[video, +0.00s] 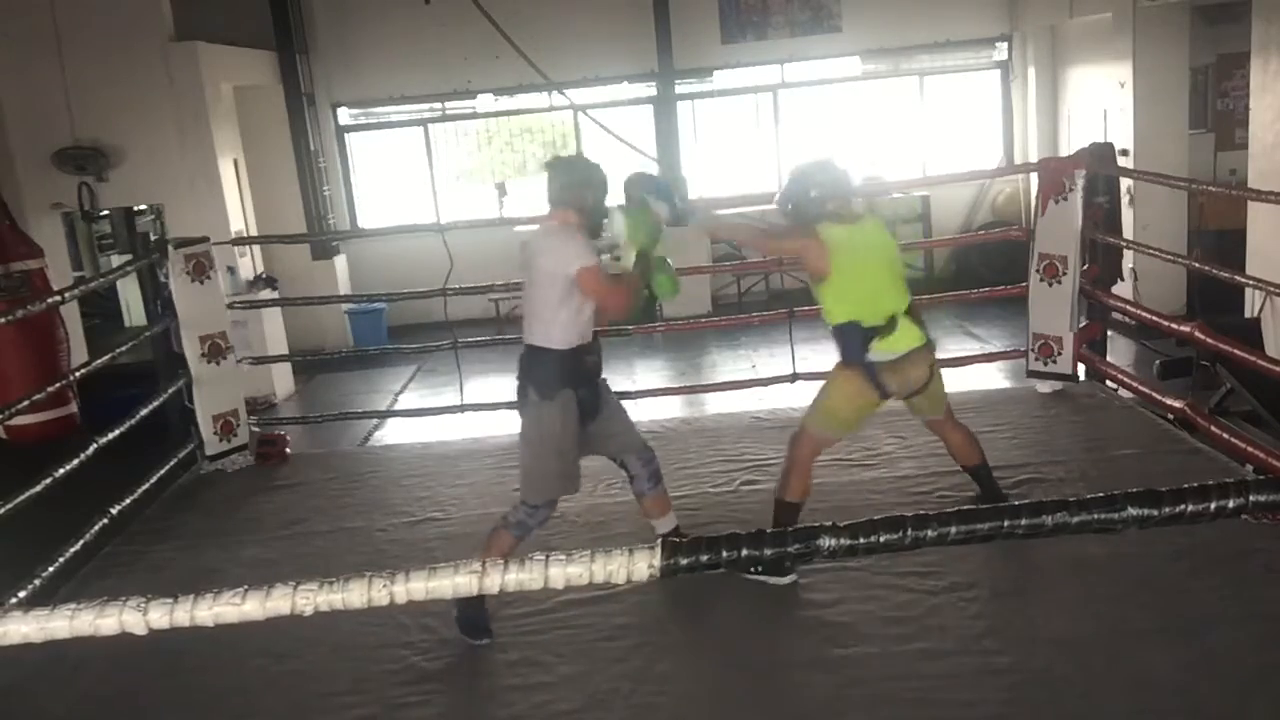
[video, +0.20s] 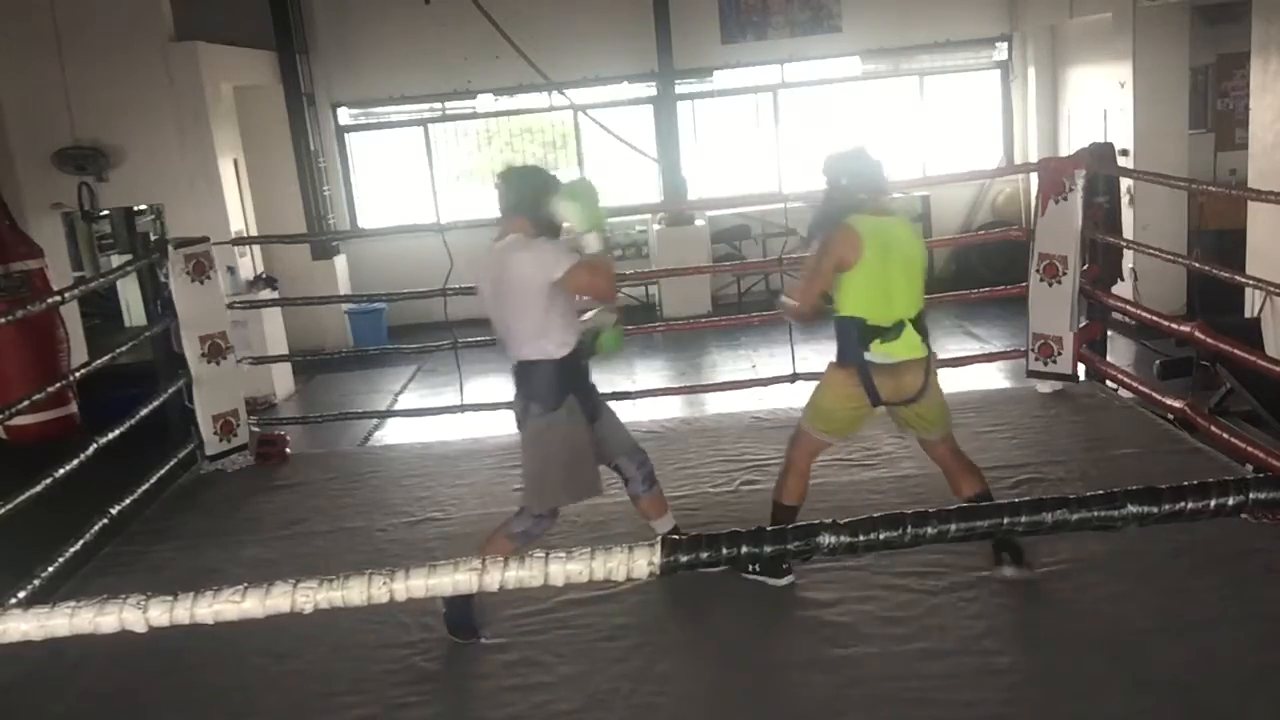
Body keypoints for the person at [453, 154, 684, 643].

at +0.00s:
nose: (601, 206)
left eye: (599, 196)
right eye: (598, 197)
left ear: (558, 195)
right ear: (583, 196)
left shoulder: (548, 239)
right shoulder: (566, 241)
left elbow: (587, 296)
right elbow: (615, 301)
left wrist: (630, 276)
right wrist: (640, 272)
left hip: (581, 379)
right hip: (550, 384)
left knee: (639, 458)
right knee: (539, 500)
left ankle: (675, 549)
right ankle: (476, 592)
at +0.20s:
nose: (559, 210)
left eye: (557, 201)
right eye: (555, 202)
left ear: (508, 206)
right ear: (541, 205)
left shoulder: (497, 258)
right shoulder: (535, 254)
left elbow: (525, 327)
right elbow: (605, 287)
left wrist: (585, 335)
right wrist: (592, 229)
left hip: (562, 386)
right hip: (550, 394)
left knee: (633, 462)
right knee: (541, 512)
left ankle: (675, 548)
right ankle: (464, 587)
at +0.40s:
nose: (542, 227)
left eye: (541, 218)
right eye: (535, 219)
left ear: (497, 218)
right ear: (512, 219)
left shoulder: (501, 268)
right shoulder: (487, 273)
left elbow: (536, 323)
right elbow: (554, 321)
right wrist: (563, 266)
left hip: (536, 389)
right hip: (507, 398)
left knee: (609, 471)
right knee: (508, 520)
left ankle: (664, 547)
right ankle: (454, 597)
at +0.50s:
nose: (535, 222)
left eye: (535, 212)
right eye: (529, 212)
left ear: (504, 212)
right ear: (502, 211)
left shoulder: (511, 260)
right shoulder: (472, 272)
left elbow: (519, 325)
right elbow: (517, 341)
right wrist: (548, 287)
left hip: (535, 386)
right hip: (499, 398)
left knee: (603, 466)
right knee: (499, 516)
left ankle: (657, 548)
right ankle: (446, 589)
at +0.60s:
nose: (550, 212)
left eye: (550, 201)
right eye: (543, 202)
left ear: (519, 203)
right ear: (513, 203)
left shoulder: (529, 253)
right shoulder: (475, 264)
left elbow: (530, 320)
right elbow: (509, 339)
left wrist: (564, 343)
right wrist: (553, 294)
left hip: (541, 382)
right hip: (498, 393)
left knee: (599, 463)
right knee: (495, 505)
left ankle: (655, 546)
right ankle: (448, 591)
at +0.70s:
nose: (573, 209)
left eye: (573, 197)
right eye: (566, 199)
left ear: (535, 202)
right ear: (538, 202)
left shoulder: (549, 254)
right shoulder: (494, 262)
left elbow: (548, 321)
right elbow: (521, 339)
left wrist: (586, 330)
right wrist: (571, 306)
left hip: (546, 385)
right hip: (503, 393)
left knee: (601, 471)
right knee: (494, 503)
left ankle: (655, 556)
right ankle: (449, 595)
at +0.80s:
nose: (610, 216)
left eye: (611, 206)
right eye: (602, 206)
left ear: (580, 207)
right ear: (574, 206)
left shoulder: (587, 259)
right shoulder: (532, 261)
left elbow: (592, 319)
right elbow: (552, 339)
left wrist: (639, 323)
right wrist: (603, 306)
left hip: (568, 388)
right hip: (523, 394)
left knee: (631, 467)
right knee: (502, 509)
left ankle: (671, 556)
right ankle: (448, 588)